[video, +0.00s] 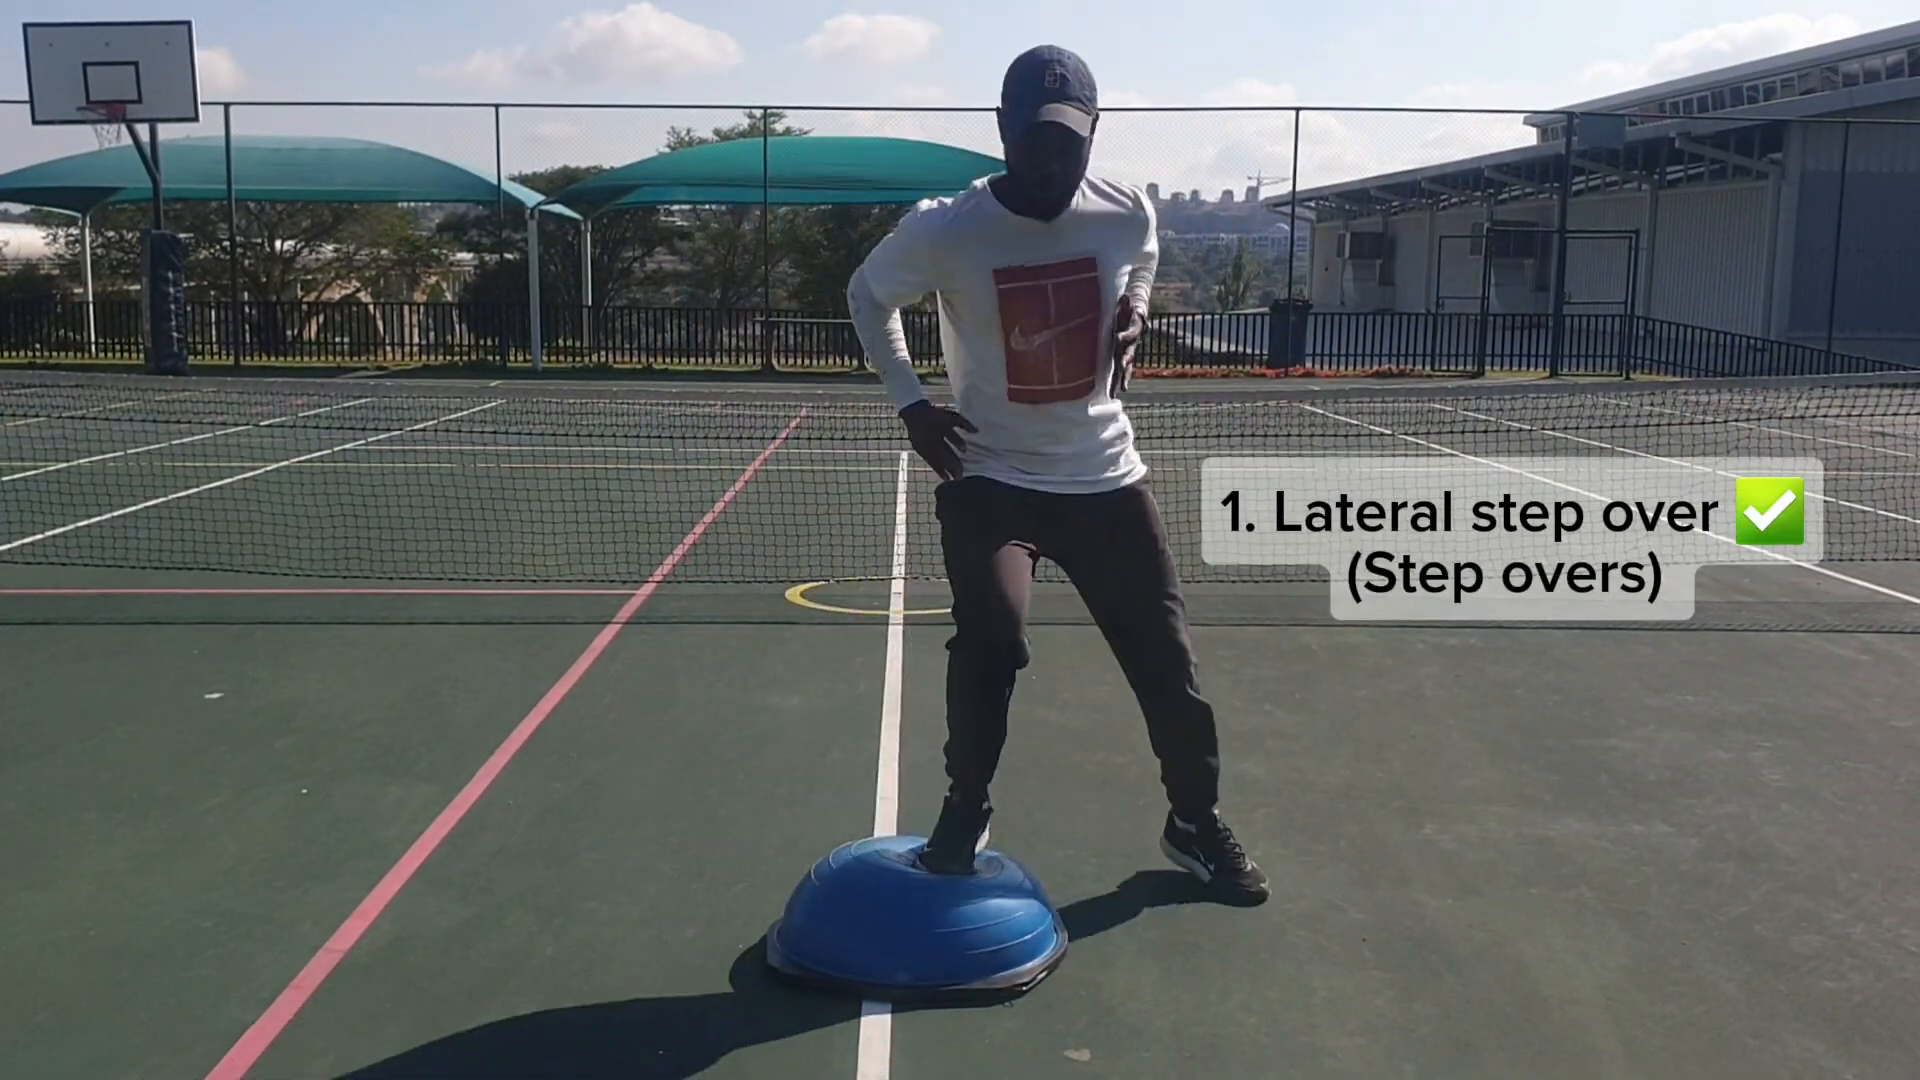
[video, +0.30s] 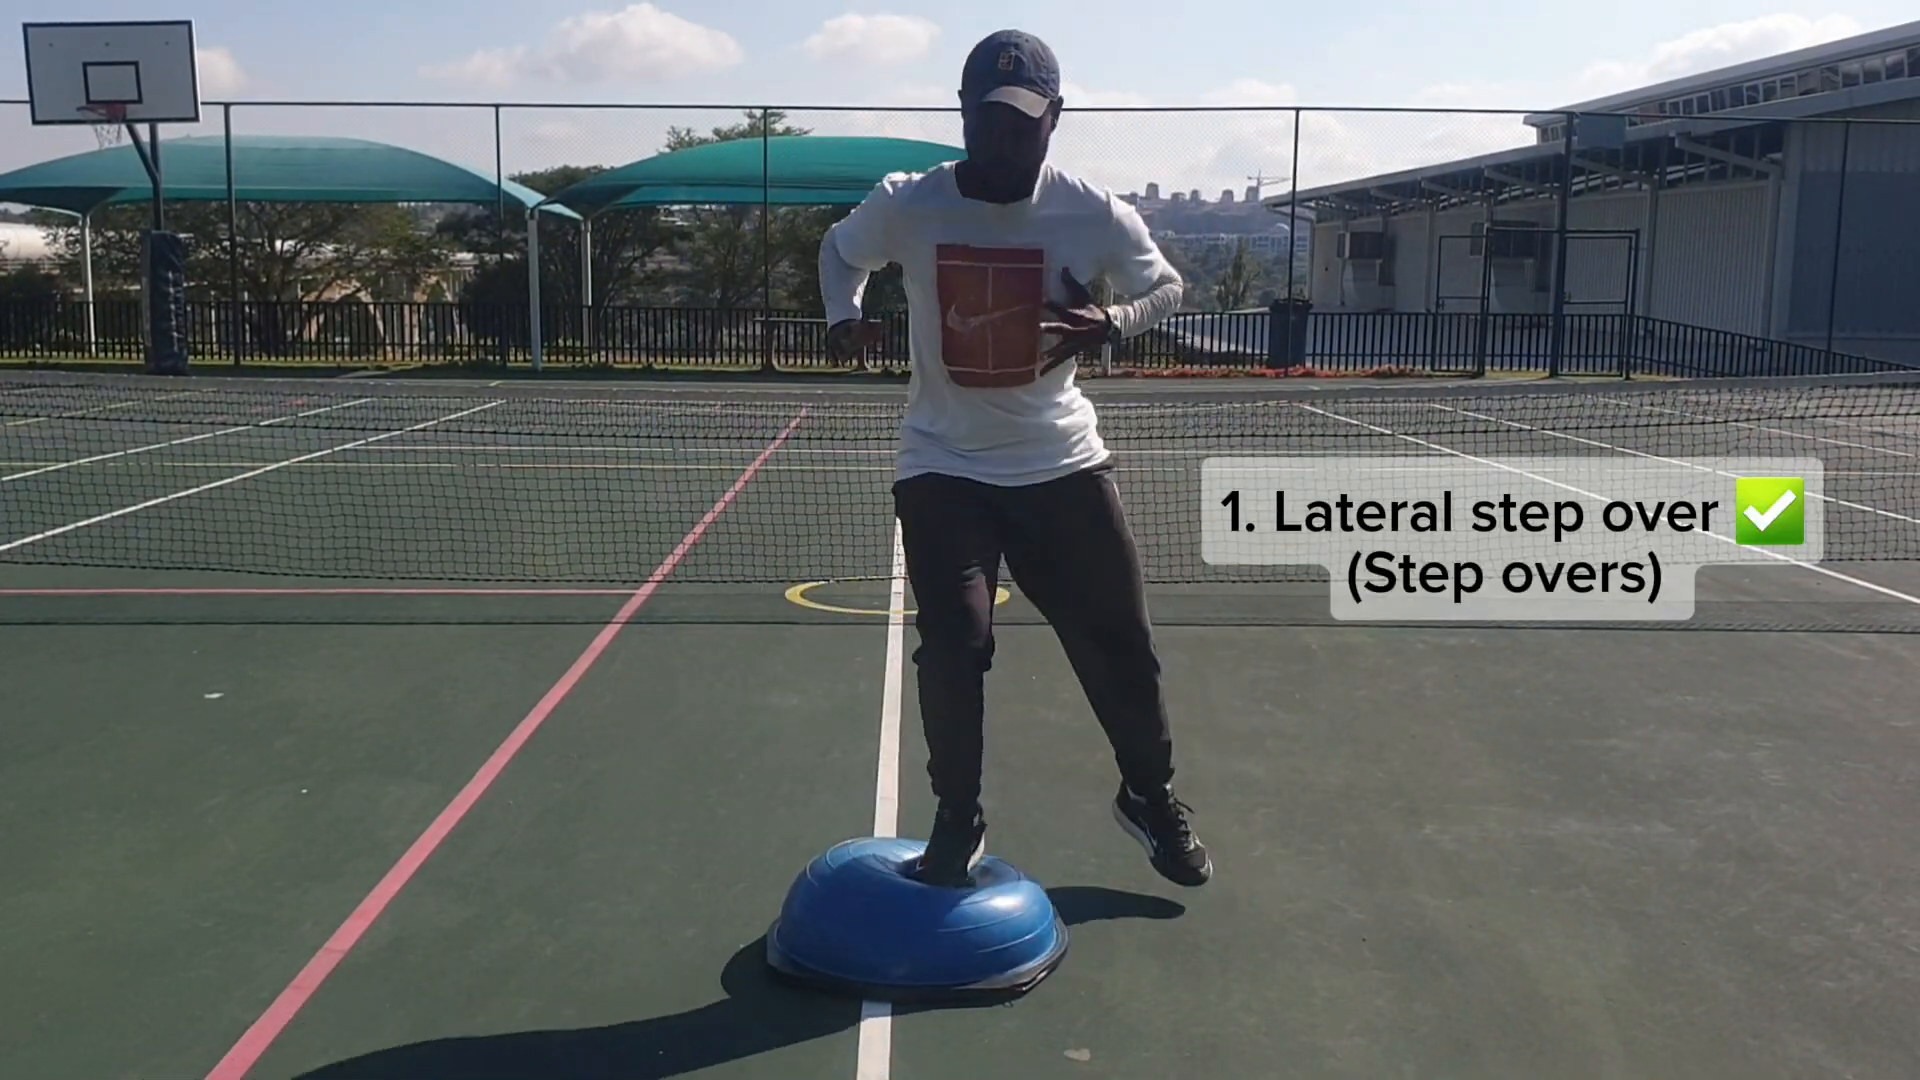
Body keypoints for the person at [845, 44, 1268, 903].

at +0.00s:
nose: (1055, 157)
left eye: (1071, 138)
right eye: (1037, 137)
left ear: (1094, 139)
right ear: (1004, 135)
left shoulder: (1127, 220)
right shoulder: (941, 231)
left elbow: (1142, 263)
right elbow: (868, 296)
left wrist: (1130, 315)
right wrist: (910, 400)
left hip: (1102, 475)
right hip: (988, 476)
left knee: (1169, 665)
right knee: (992, 641)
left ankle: (1195, 821)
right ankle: (966, 808)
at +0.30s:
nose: (1008, 135)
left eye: (1026, 119)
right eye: (992, 116)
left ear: (1053, 123)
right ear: (963, 115)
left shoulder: (1092, 215)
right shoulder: (907, 207)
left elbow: (1168, 288)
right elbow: (839, 251)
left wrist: (1114, 321)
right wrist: (845, 312)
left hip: (1059, 461)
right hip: (943, 462)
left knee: (1123, 641)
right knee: (953, 638)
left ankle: (1151, 797)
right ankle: (957, 819)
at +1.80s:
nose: (894, 93)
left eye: (910, 75)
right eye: (877, 73)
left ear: (935, 55)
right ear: (844, 52)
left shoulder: (980, 136)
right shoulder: (789, 133)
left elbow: (1052, 174)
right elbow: (743, 180)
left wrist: (1017, 262)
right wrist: (753, 278)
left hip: (947, 380)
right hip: (823, 379)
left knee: (977, 568)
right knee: (789, 573)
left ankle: (924, 723)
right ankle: (818, 727)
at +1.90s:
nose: (854, 116)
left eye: (871, 95)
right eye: (835, 96)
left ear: (898, 74)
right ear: (802, 74)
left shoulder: (950, 157)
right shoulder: (747, 161)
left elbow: (1013, 191)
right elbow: (711, 208)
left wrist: (976, 277)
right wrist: (729, 305)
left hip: (907, 421)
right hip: (781, 416)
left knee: (922, 616)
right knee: (730, 618)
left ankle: (862, 790)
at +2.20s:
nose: (846, 170)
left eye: (858, 151)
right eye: (826, 154)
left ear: (882, 141)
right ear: (788, 148)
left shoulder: (932, 233)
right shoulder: (735, 241)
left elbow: (997, 288)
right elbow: (676, 325)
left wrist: (976, 327)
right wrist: (701, 377)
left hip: (881, 498)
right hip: (756, 502)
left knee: (903, 687)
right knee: (686, 695)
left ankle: (864, 826)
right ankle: (612, 874)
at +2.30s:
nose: (865, 100)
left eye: (883, 80)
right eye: (848, 81)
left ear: (915, 74)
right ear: (825, 73)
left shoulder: (971, 158)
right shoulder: (777, 172)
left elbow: (1034, 199)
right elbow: (694, 246)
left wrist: (1013, 247)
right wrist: (712, 300)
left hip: (926, 442)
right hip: (801, 437)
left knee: (916, 644)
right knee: (750, 635)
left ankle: (868, 805)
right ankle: (730, 790)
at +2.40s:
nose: (902, 78)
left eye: (920, 57)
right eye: (885, 56)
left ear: (952, 46)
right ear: (859, 45)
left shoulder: (1009, 132)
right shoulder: (808, 141)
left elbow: (1068, 191)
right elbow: (720, 208)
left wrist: (1047, 240)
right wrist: (723, 284)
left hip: (975, 388)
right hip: (853, 385)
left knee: (995, 586)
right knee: (830, 586)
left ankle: (923, 751)